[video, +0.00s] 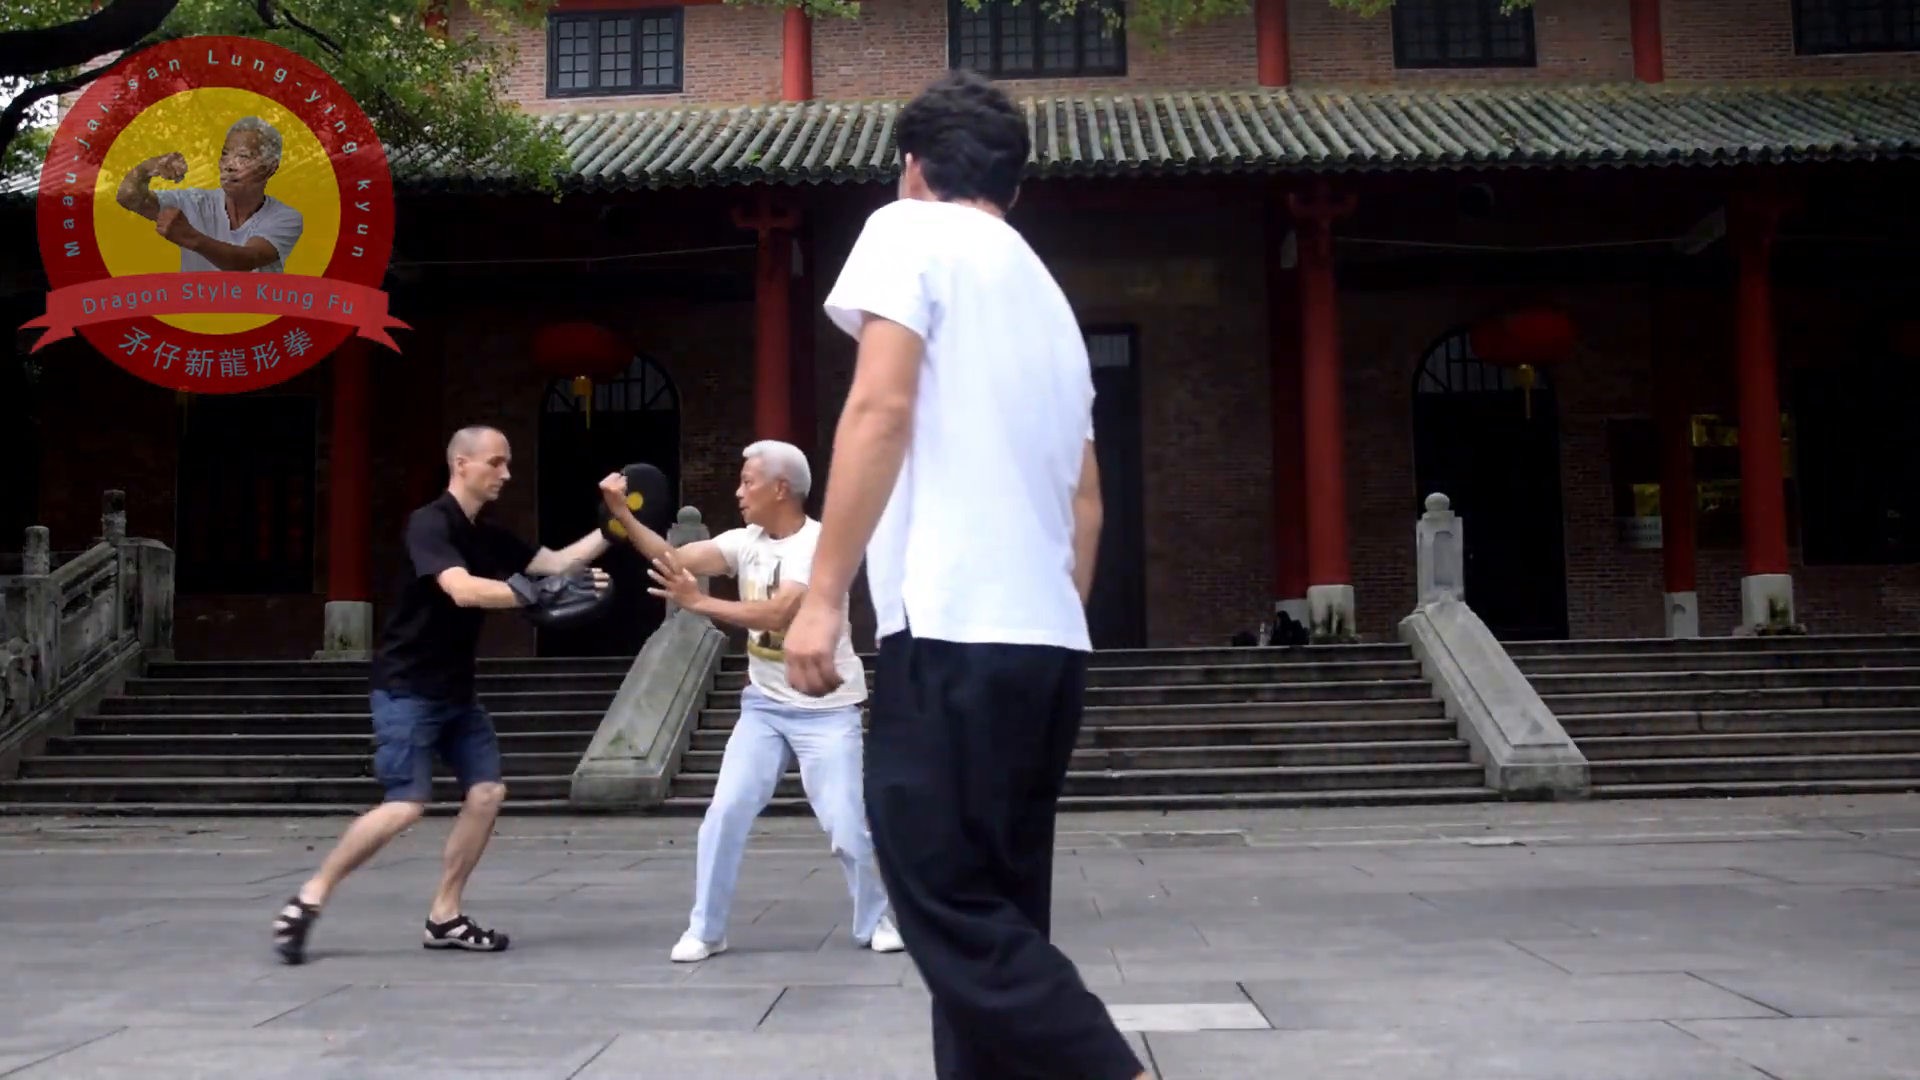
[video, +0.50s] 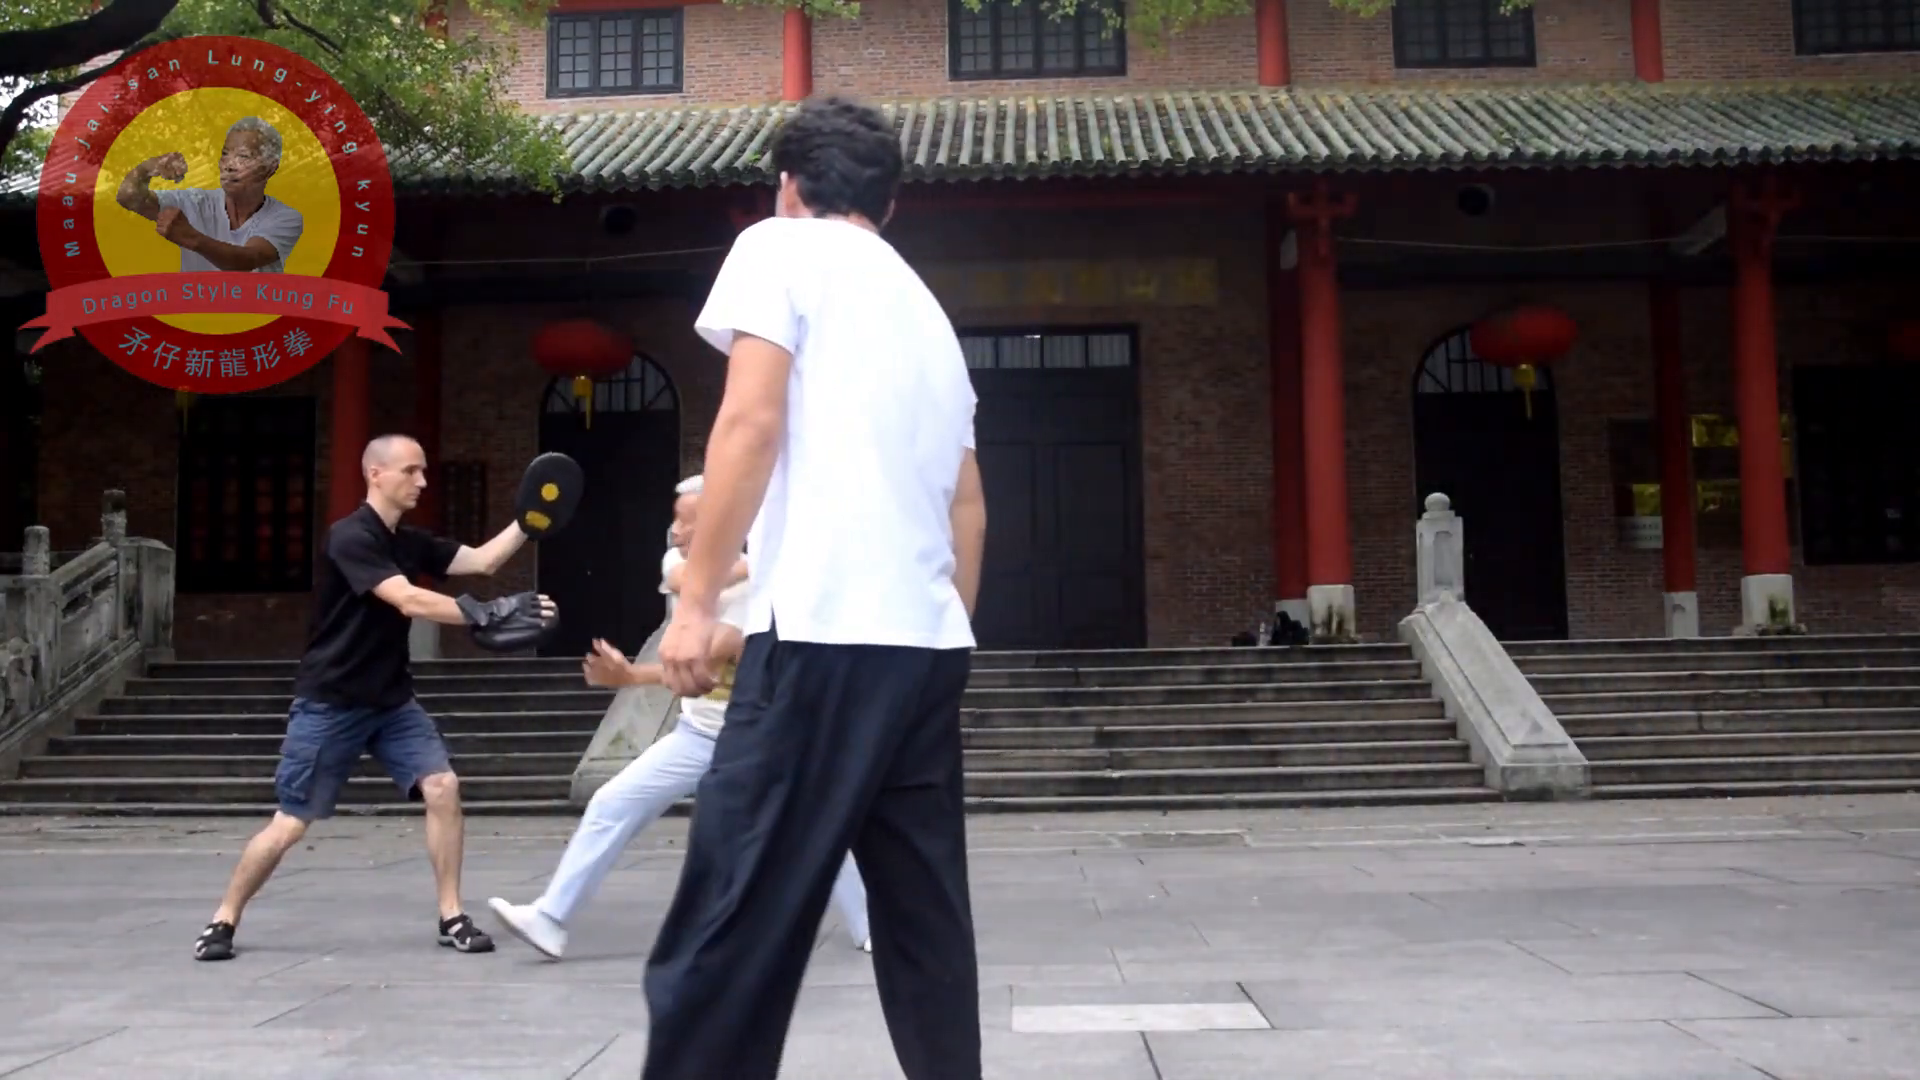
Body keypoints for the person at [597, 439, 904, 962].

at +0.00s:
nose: (739, 490)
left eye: (747, 481)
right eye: (740, 480)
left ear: (781, 489)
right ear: (768, 488)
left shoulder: (820, 543)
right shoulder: (746, 541)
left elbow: (777, 615)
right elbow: (675, 559)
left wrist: (698, 601)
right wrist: (621, 513)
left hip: (829, 713)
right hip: (764, 709)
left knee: (848, 833)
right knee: (727, 808)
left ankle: (877, 920)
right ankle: (705, 931)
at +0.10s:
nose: (737, 492)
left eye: (746, 482)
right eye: (738, 482)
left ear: (780, 489)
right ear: (766, 490)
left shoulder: (824, 542)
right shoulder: (743, 542)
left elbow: (779, 616)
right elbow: (673, 559)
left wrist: (695, 600)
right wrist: (618, 515)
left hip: (832, 710)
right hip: (767, 708)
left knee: (840, 817)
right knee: (737, 806)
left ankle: (882, 926)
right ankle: (705, 929)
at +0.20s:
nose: (743, 504)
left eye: (753, 495)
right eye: (743, 494)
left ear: (786, 498)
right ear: (748, 497)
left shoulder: (819, 554)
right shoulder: (746, 548)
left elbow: (784, 630)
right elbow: (670, 569)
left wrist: (702, 615)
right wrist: (612, 528)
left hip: (829, 718)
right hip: (768, 713)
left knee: (844, 826)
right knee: (731, 807)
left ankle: (856, 939)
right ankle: (706, 930)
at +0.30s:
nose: (764, 517)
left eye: (774, 506)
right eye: (760, 507)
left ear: (795, 511)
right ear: (752, 513)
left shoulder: (819, 574)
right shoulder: (743, 556)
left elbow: (779, 653)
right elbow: (680, 584)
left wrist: (694, 653)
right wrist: (646, 563)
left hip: (808, 729)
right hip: (751, 723)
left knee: (817, 832)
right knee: (701, 807)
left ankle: (820, 949)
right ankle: (701, 927)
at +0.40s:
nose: (742, 532)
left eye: (755, 524)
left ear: (778, 534)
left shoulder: (789, 596)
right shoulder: (735, 580)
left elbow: (745, 665)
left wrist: (672, 697)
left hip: (788, 728)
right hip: (731, 724)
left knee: (833, 819)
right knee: (657, 798)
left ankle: (866, 918)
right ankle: (641, 921)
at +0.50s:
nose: (677, 530)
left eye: (688, 519)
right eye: (675, 519)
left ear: (721, 523)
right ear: (675, 521)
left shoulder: (757, 580)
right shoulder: (677, 563)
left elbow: (716, 658)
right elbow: (690, 584)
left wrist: (631, 676)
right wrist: (758, 561)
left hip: (759, 737)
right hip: (698, 732)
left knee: (822, 836)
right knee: (614, 803)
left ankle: (876, 932)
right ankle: (549, 919)